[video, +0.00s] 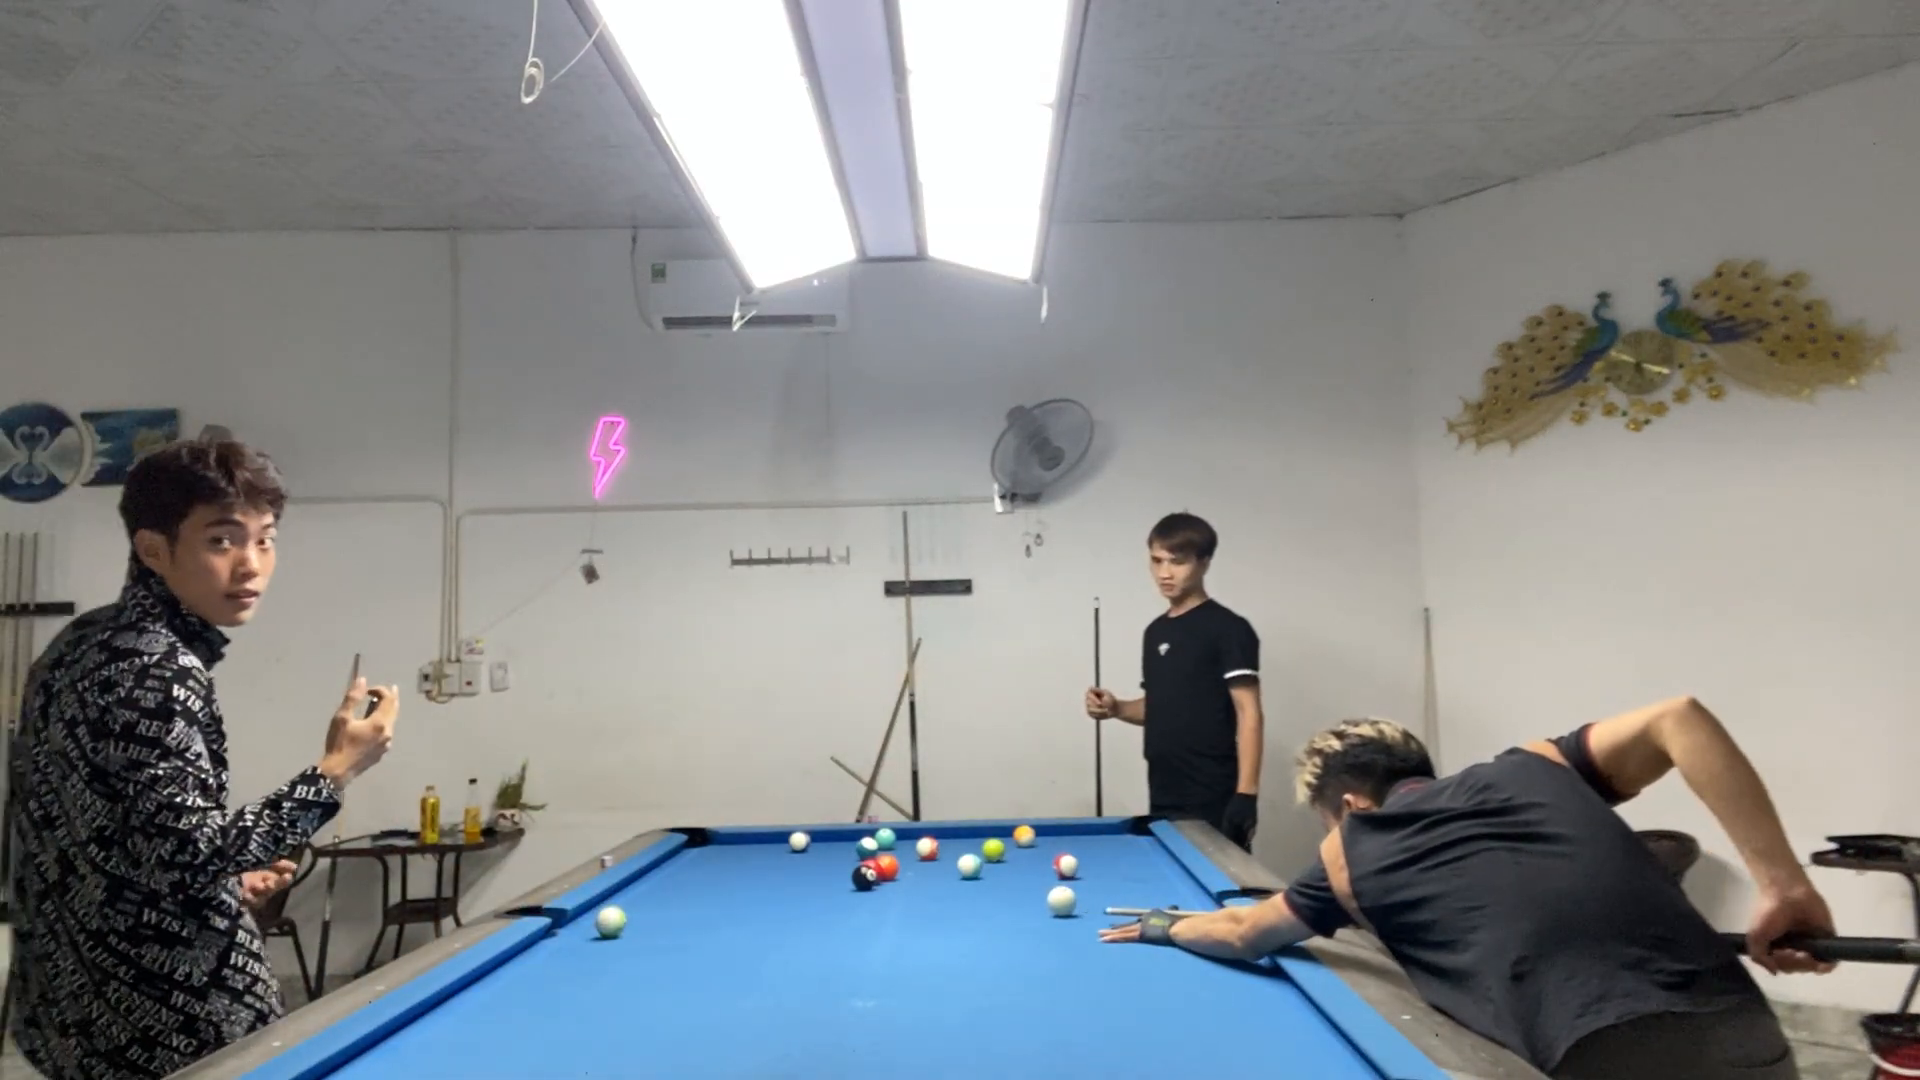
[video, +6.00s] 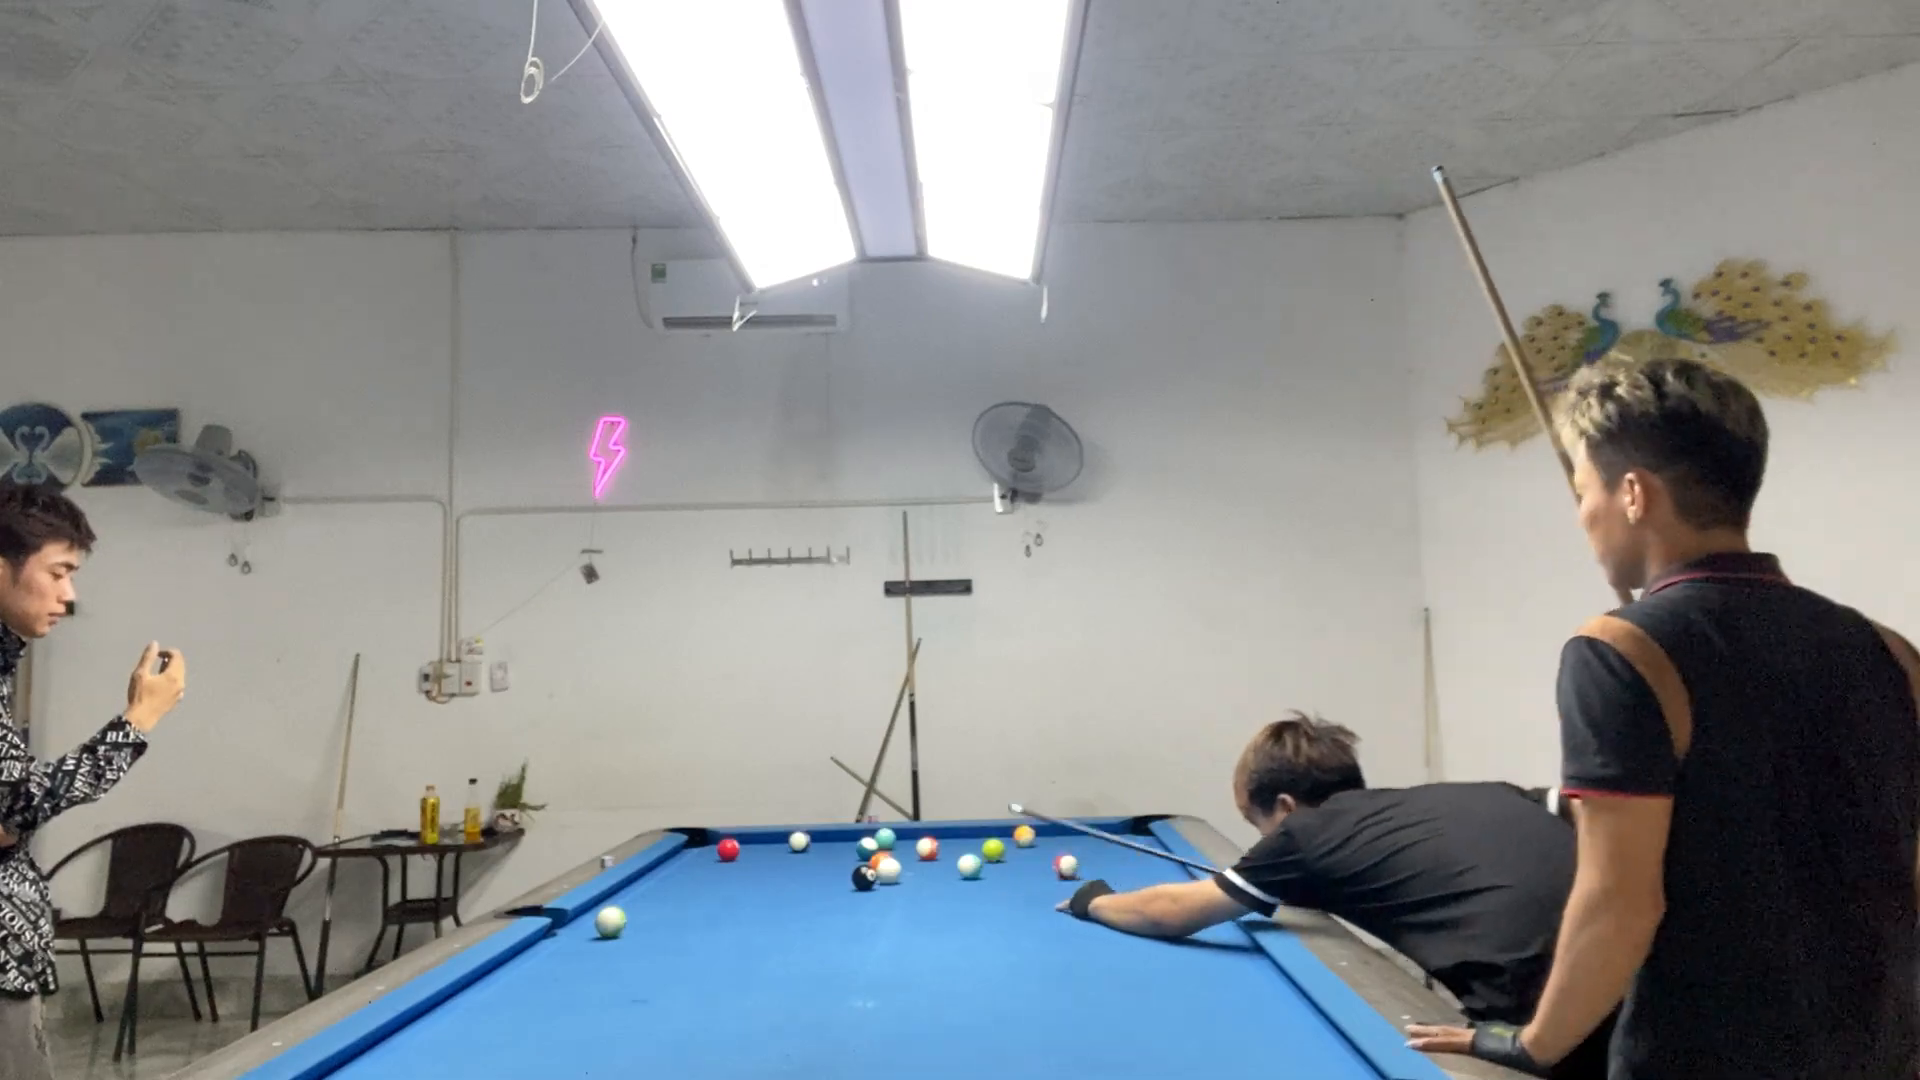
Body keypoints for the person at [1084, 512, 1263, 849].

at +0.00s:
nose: (1164, 572)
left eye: (1177, 562)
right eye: (1157, 561)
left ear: (1203, 564)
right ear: (1149, 562)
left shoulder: (1230, 630)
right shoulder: (1156, 632)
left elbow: (1249, 713)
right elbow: (1159, 709)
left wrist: (1246, 794)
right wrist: (1117, 708)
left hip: (1214, 802)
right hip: (1165, 798)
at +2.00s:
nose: (1209, 574)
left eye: (1223, 565)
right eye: (1202, 561)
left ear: (1249, 571)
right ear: (1194, 560)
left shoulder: (1275, 633)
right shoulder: (1174, 635)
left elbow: (1311, 711)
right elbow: (1167, 710)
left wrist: (1345, 794)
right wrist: (1148, 771)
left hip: (1266, 802)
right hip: (1204, 800)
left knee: (1279, 919)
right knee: (1209, 916)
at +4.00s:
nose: (1273, 548)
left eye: (1272, 531)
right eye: (1267, 532)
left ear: (1314, 523)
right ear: (1358, 515)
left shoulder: (1319, 622)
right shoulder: (1461, 591)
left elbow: (1252, 757)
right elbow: (1570, 688)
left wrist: (1144, 713)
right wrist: (1579, 796)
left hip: (1404, 895)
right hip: (1511, 883)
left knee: (1399, 1063)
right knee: (1538, 1062)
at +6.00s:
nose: (1261, 835)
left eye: (1259, 823)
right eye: (1254, 825)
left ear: (1286, 806)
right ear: (1354, 776)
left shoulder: (1304, 838)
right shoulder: (1462, 794)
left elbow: (1171, 913)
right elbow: (1573, 825)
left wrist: (1091, 903)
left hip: (1537, 998)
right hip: (1627, 955)